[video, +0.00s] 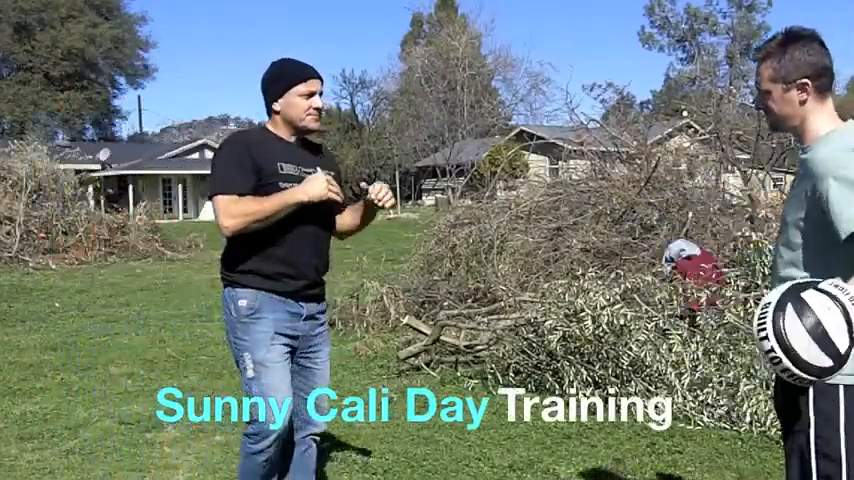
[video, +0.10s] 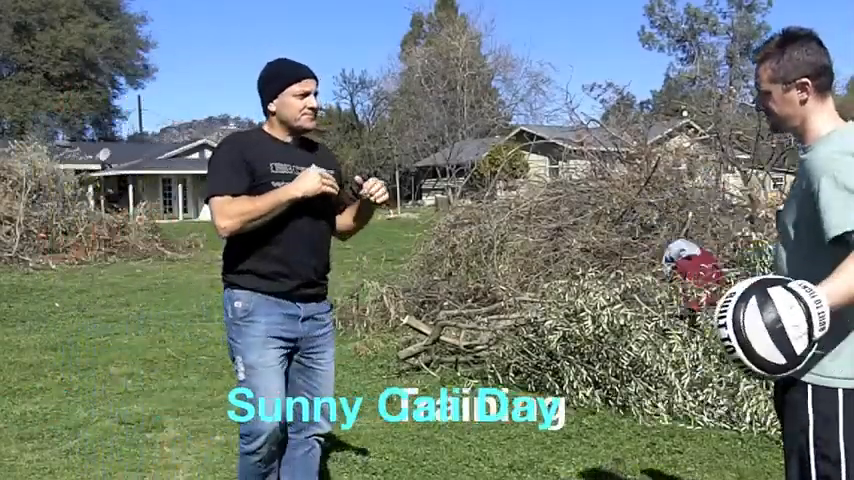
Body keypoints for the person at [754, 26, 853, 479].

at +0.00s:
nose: (758, 104)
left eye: (764, 92)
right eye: (759, 93)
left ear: (801, 90)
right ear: (803, 91)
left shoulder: (831, 163)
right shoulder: (821, 156)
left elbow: (851, 261)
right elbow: (827, 262)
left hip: (828, 378)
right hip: (815, 372)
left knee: (825, 472)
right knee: (815, 470)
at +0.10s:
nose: (758, 105)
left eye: (764, 92)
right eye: (759, 93)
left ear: (802, 90)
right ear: (804, 90)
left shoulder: (829, 160)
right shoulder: (825, 154)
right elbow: (826, 260)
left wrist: (793, 311)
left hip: (827, 377)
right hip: (819, 372)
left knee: (823, 472)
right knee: (817, 470)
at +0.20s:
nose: (760, 106)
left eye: (765, 93)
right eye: (760, 94)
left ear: (803, 90)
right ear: (805, 90)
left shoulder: (828, 160)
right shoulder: (833, 149)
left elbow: (853, 256)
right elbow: (830, 250)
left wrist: (778, 308)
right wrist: (786, 230)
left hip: (825, 376)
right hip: (822, 372)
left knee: (822, 472)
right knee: (819, 469)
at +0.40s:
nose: (765, 106)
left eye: (771, 94)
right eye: (764, 95)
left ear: (808, 91)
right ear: (811, 91)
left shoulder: (828, 161)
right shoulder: (834, 152)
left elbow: (820, 274)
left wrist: (720, 303)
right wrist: (773, 243)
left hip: (826, 376)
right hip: (829, 372)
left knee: (820, 471)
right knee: (818, 468)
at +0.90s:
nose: (765, 108)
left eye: (767, 95)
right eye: (763, 96)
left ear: (801, 89)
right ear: (812, 87)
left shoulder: (807, 162)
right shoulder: (846, 141)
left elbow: (774, 278)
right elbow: (829, 256)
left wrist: (712, 287)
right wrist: (746, 264)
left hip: (829, 372)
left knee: (825, 473)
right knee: (825, 470)